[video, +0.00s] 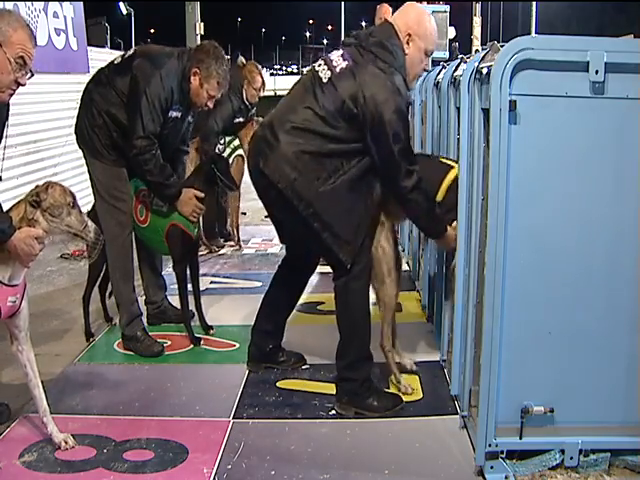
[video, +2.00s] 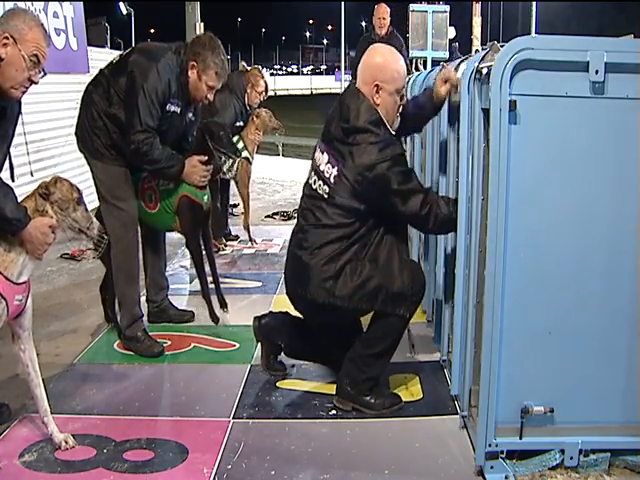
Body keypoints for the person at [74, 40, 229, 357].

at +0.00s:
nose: (210, 104)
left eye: (215, 99)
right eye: (208, 96)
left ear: (197, 74)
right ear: (194, 76)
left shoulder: (191, 85)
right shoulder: (155, 76)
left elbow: (178, 147)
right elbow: (140, 146)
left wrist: (176, 190)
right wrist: (175, 192)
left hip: (139, 135)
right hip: (103, 132)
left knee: (147, 219)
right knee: (119, 224)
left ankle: (157, 304)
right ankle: (131, 326)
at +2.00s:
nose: (211, 96)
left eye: (215, 90)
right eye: (209, 87)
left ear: (197, 68)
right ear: (191, 69)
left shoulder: (193, 81)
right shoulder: (152, 73)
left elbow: (183, 136)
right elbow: (138, 143)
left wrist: (191, 163)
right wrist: (181, 167)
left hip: (142, 137)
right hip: (104, 134)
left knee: (153, 218)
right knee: (124, 223)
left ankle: (158, 303)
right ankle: (130, 324)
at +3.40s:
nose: (240, 71)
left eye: (245, 65)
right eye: (238, 63)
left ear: (230, 50)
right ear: (220, 46)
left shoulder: (221, 70)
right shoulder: (182, 54)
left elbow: (216, 122)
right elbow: (169, 120)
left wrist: (223, 145)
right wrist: (208, 149)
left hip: (183, 144)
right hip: (142, 139)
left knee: (199, 217)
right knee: (152, 219)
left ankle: (210, 301)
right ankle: (134, 324)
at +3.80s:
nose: (272, 52)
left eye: (275, 45)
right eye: (270, 44)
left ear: (261, 39)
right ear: (256, 37)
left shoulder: (257, 56)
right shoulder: (222, 42)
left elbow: (252, 108)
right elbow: (208, 106)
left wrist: (255, 138)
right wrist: (241, 141)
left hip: (209, 134)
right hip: (173, 127)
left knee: (214, 212)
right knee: (190, 213)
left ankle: (211, 300)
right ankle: (169, 315)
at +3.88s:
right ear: (263, 23)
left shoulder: (259, 47)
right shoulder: (226, 38)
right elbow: (215, 106)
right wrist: (251, 142)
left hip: (208, 134)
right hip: (179, 129)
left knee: (217, 216)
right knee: (199, 220)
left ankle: (213, 300)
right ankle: (202, 322)